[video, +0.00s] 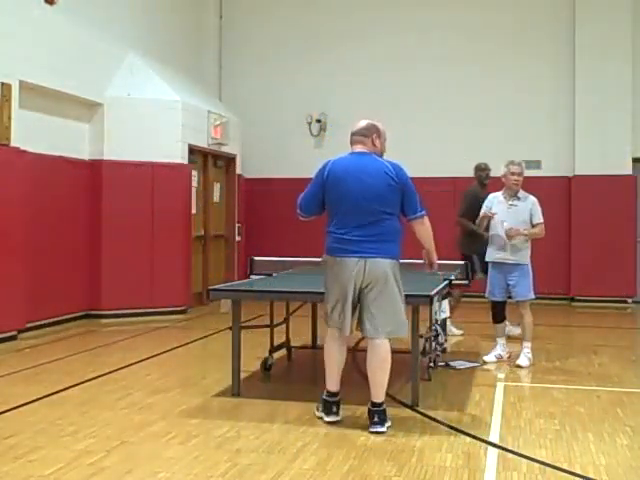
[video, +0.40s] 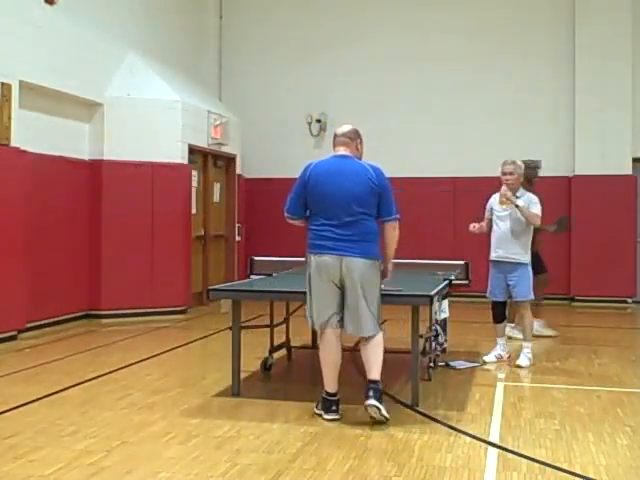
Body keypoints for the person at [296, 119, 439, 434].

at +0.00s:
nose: (385, 147)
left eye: (384, 142)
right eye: (384, 142)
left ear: (352, 141)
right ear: (376, 141)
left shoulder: (331, 168)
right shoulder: (393, 171)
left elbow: (305, 210)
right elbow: (417, 217)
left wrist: (332, 195)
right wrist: (431, 253)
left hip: (341, 264)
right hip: (382, 266)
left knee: (337, 331)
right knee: (378, 336)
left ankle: (331, 403)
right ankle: (378, 413)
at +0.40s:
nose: (362, 150)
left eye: (359, 146)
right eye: (362, 146)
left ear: (333, 145)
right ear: (358, 146)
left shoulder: (312, 170)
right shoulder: (374, 173)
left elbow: (293, 215)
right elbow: (390, 223)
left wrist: (320, 220)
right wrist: (389, 260)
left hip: (322, 261)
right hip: (362, 262)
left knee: (328, 328)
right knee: (370, 329)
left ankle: (330, 401)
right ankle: (373, 393)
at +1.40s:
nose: (348, 146)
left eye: (345, 143)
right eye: (356, 142)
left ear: (342, 148)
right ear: (366, 153)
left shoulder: (333, 164)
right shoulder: (381, 182)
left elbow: (314, 204)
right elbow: (384, 233)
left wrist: (302, 232)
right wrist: (378, 267)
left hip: (332, 251)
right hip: (368, 257)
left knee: (319, 323)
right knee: (359, 328)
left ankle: (327, 394)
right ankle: (354, 398)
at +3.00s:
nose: (222, 166)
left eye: (220, 162)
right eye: (220, 163)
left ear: (224, 155)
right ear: (243, 150)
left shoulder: (236, 167)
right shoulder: (270, 173)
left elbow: (239, 204)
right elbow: (290, 215)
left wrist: (226, 243)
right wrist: (273, 245)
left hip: (252, 255)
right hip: (276, 254)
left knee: (244, 327)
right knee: (259, 328)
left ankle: (281, 390)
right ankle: (244, 391)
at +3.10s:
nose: (214, 167)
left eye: (212, 163)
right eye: (213, 164)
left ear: (217, 155)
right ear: (235, 150)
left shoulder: (230, 165)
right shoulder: (262, 172)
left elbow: (236, 196)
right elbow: (283, 212)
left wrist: (225, 232)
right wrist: (269, 242)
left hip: (247, 253)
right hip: (270, 254)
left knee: (221, 323)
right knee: (255, 325)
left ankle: (267, 379)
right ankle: (245, 389)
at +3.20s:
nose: (207, 168)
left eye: (205, 164)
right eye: (206, 164)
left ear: (210, 156)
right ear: (228, 150)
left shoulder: (223, 164)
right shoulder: (254, 171)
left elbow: (232, 190)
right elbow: (278, 211)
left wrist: (219, 223)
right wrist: (263, 241)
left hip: (241, 251)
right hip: (264, 252)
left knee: (210, 318)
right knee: (251, 322)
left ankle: (243, 378)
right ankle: (247, 387)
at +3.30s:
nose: (200, 170)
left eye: (198, 165)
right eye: (198, 166)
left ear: (203, 155)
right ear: (222, 150)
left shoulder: (216, 163)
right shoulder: (247, 170)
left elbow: (227, 185)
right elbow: (271, 209)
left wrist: (213, 216)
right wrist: (257, 240)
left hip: (233, 249)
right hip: (257, 251)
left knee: (202, 317)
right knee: (245, 322)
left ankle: (214, 391)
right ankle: (244, 391)